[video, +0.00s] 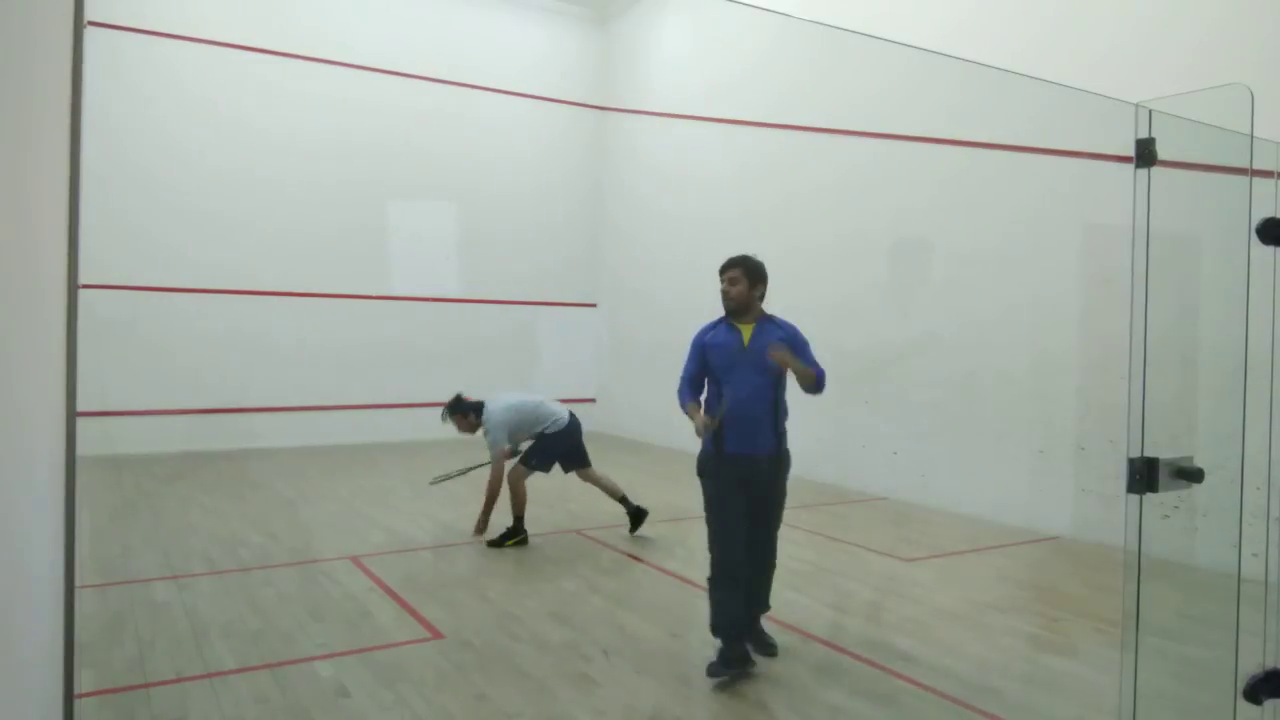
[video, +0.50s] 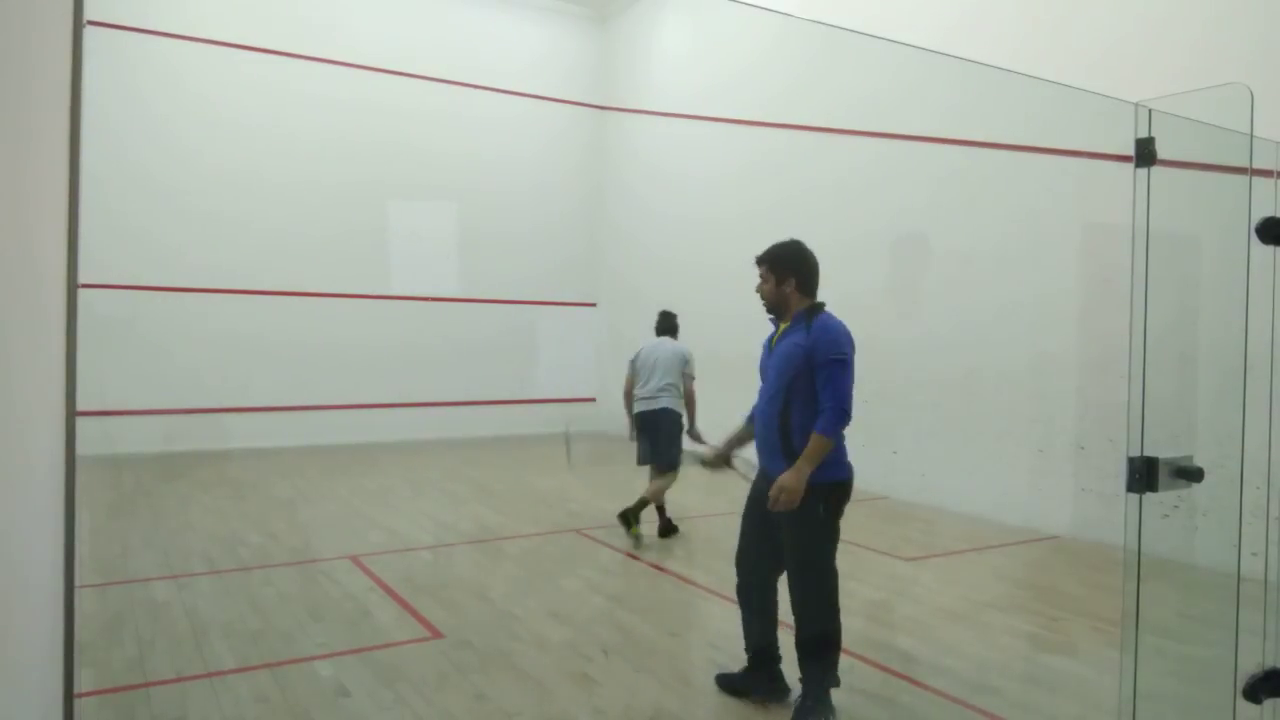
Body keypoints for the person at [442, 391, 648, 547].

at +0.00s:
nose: (458, 430)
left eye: (458, 424)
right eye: (456, 425)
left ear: (468, 417)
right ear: (470, 413)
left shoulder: (494, 426)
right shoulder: (494, 410)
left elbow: (496, 480)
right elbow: (530, 425)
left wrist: (482, 518)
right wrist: (512, 450)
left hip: (554, 431)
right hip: (568, 422)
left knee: (515, 477)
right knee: (587, 473)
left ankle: (518, 530)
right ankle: (634, 510)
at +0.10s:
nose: (493, 368)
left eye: (494, 362)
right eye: (491, 363)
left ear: (503, 360)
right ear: (511, 357)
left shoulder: (515, 383)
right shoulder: (536, 368)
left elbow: (520, 431)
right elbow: (575, 382)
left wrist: (508, 459)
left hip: (563, 428)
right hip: (587, 420)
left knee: (527, 474)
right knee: (589, 473)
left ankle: (518, 529)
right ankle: (620, 523)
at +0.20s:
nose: (546, 338)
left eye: (546, 333)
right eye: (545, 333)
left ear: (553, 333)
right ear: (568, 329)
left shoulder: (556, 360)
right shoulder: (594, 350)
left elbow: (550, 402)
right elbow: (624, 374)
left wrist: (542, 413)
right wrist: (601, 384)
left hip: (578, 426)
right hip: (607, 420)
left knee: (552, 474)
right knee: (612, 476)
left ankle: (527, 526)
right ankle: (616, 534)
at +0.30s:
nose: (593, 324)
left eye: (592, 320)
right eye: (596, 319)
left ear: (593, 321)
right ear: (614, 319)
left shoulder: (587, 348)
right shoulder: (630, 343)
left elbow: (577, 389)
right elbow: (657, 369)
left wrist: (574, 419)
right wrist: (648, 395)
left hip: (598, 418)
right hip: (628, 417)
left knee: (590, 469)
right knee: (624, 475)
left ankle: (590, 522)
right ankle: (618, 533)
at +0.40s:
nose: (648, 328)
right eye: (649, 324)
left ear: (631, 327)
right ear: (652, 327)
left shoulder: (616, 353)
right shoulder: (660, 351)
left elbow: (604, 390)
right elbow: (672, 388)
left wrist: (599, 424)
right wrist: (677, 413)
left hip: (624, 419)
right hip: (650, 418)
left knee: (644, 473)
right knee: (637, 476)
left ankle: (660, 519)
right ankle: (618, 533)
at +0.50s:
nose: (677, 331)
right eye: (677, 328)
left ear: (656, 330)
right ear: (676, 330)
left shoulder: (641, 352)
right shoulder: (682, 352)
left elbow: (628, 390)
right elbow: (689, 392)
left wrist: (632, 420)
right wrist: (692, 425)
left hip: (642, 413)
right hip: (668, 412)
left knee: (655, 469)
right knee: (669, 473)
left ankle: (664, 521)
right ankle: (633, 511)